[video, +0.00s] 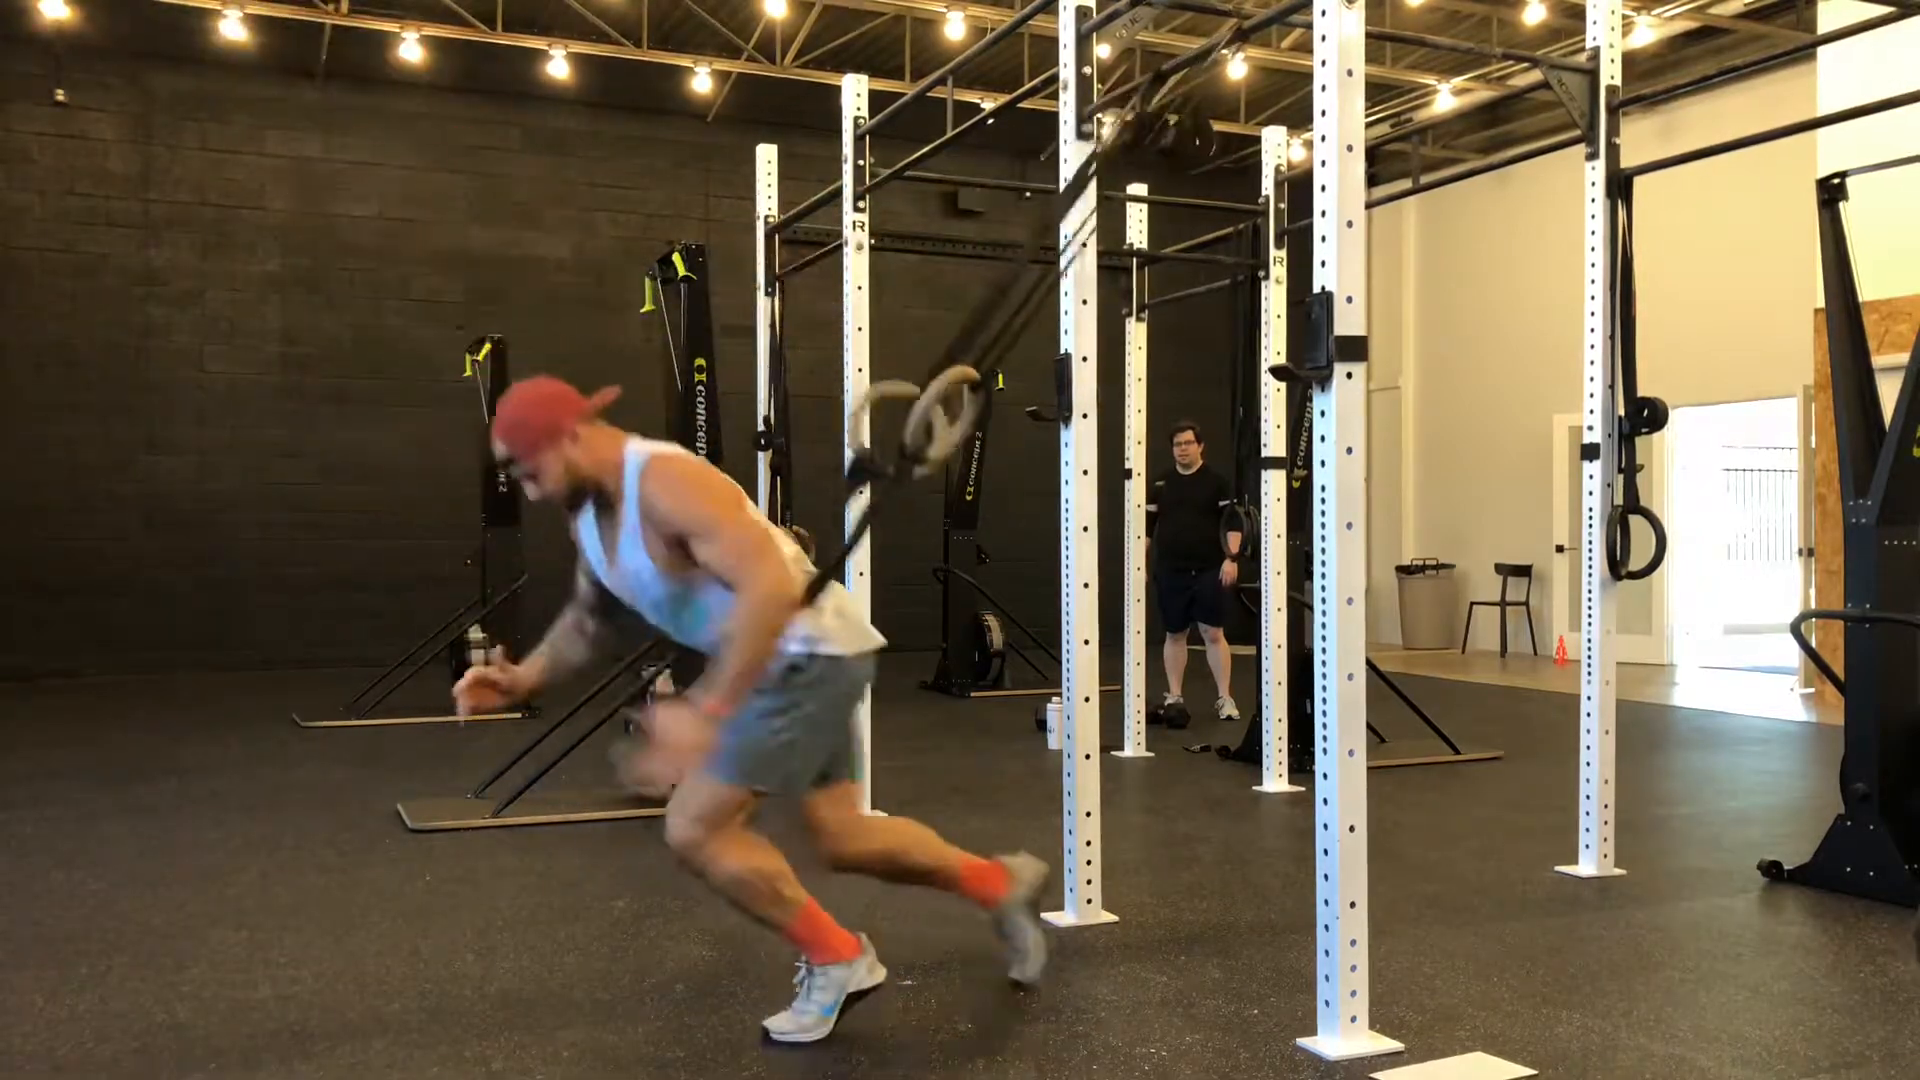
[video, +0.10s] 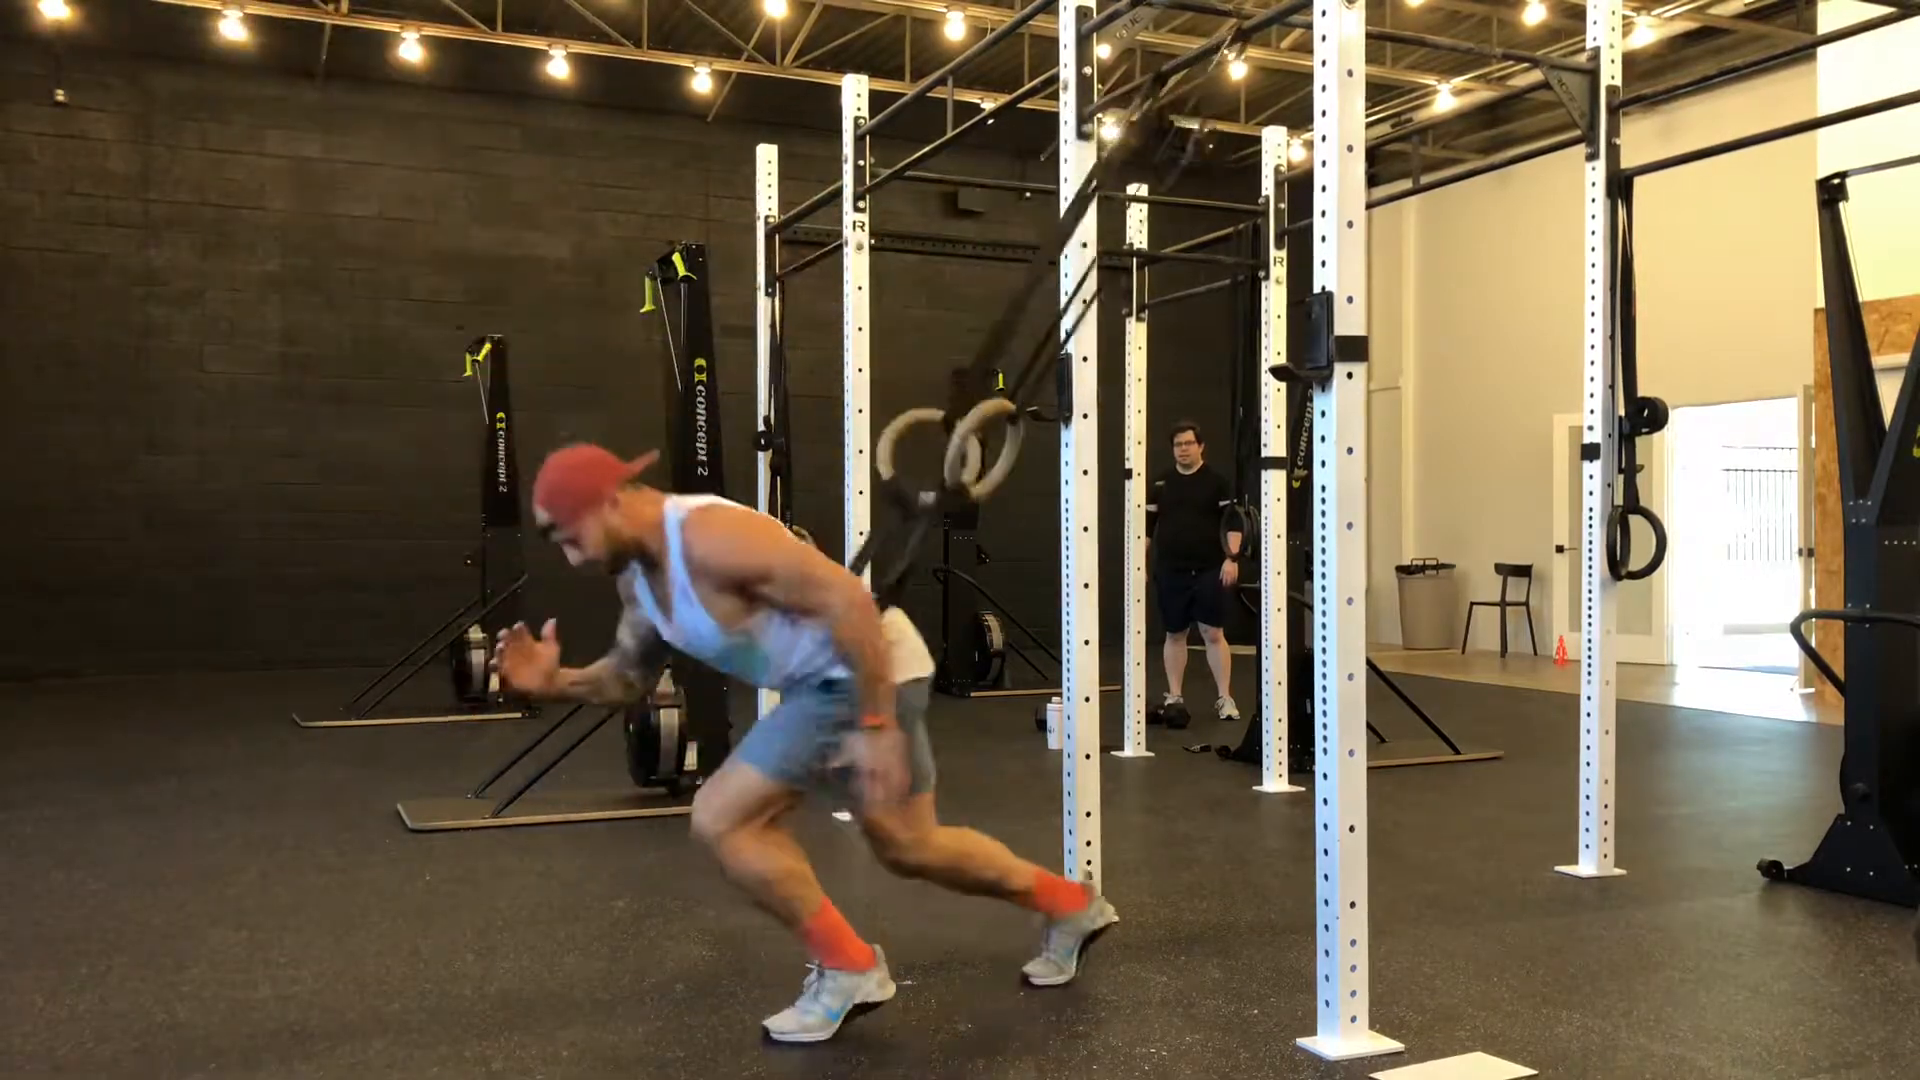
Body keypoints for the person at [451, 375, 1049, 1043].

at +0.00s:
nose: (526, 486)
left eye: (529, 468)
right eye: (518, 473)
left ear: (573, 434)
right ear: (561, 447)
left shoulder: (669, 480)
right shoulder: (596, 520)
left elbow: (774, 585)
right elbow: (588, 622)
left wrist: (707, 708)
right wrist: (523, 678)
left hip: (814, 653)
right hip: (793, 658)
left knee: (696, 827)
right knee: (843, 838)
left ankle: (839, 958)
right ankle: (1003, 883)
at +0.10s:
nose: (561, 544)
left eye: (565, 528)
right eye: (555, 532)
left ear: (610, 503)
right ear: (602, 509)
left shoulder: (711, 535)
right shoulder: (642, 581)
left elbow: (847, 597)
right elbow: (625, 679)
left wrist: (881, 723)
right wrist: (553, 679)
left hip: (859, 672)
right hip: (825, 680)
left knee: (723, 819)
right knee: (908, 843)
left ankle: (850, 968)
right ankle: (1071, 902)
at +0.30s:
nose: (594, 565)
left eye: (591, 548)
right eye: (585, 555)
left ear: (628, 510)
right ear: (623, 517)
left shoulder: (724, 524)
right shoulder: (672, 582)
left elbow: (867, 552)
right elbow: (643, 661)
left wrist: (938, 651)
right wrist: (579, 656)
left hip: (891, 645)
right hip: (894, 645)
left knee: (773, 794)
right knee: (948, 812)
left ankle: (864, 975)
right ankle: (1086, 907)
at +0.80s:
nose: (548, 574)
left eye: (550, 557)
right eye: (542, 562)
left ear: (591, 529)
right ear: (581, 539)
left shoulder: (685, 553)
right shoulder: (617, 601)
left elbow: (830, 540)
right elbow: (561, 665)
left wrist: (962, 563)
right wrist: (511, 643)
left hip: (855, 683)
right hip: (849, 686)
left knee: (708, 830)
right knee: (945, 834)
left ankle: (849, 959)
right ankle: (1086, 909)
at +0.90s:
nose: (507, 536)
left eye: (511, 517)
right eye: (502, 522)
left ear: (556, 495)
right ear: (545, 500)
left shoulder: (642, 535)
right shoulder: (581, 576)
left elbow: (796, 534)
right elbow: (537, 650)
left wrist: (924, 606)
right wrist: (456, 671)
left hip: (814, 675)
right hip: (818, 670)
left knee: (687, 847)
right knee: (875, 841)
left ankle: (842, 958)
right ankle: (1046, 888)